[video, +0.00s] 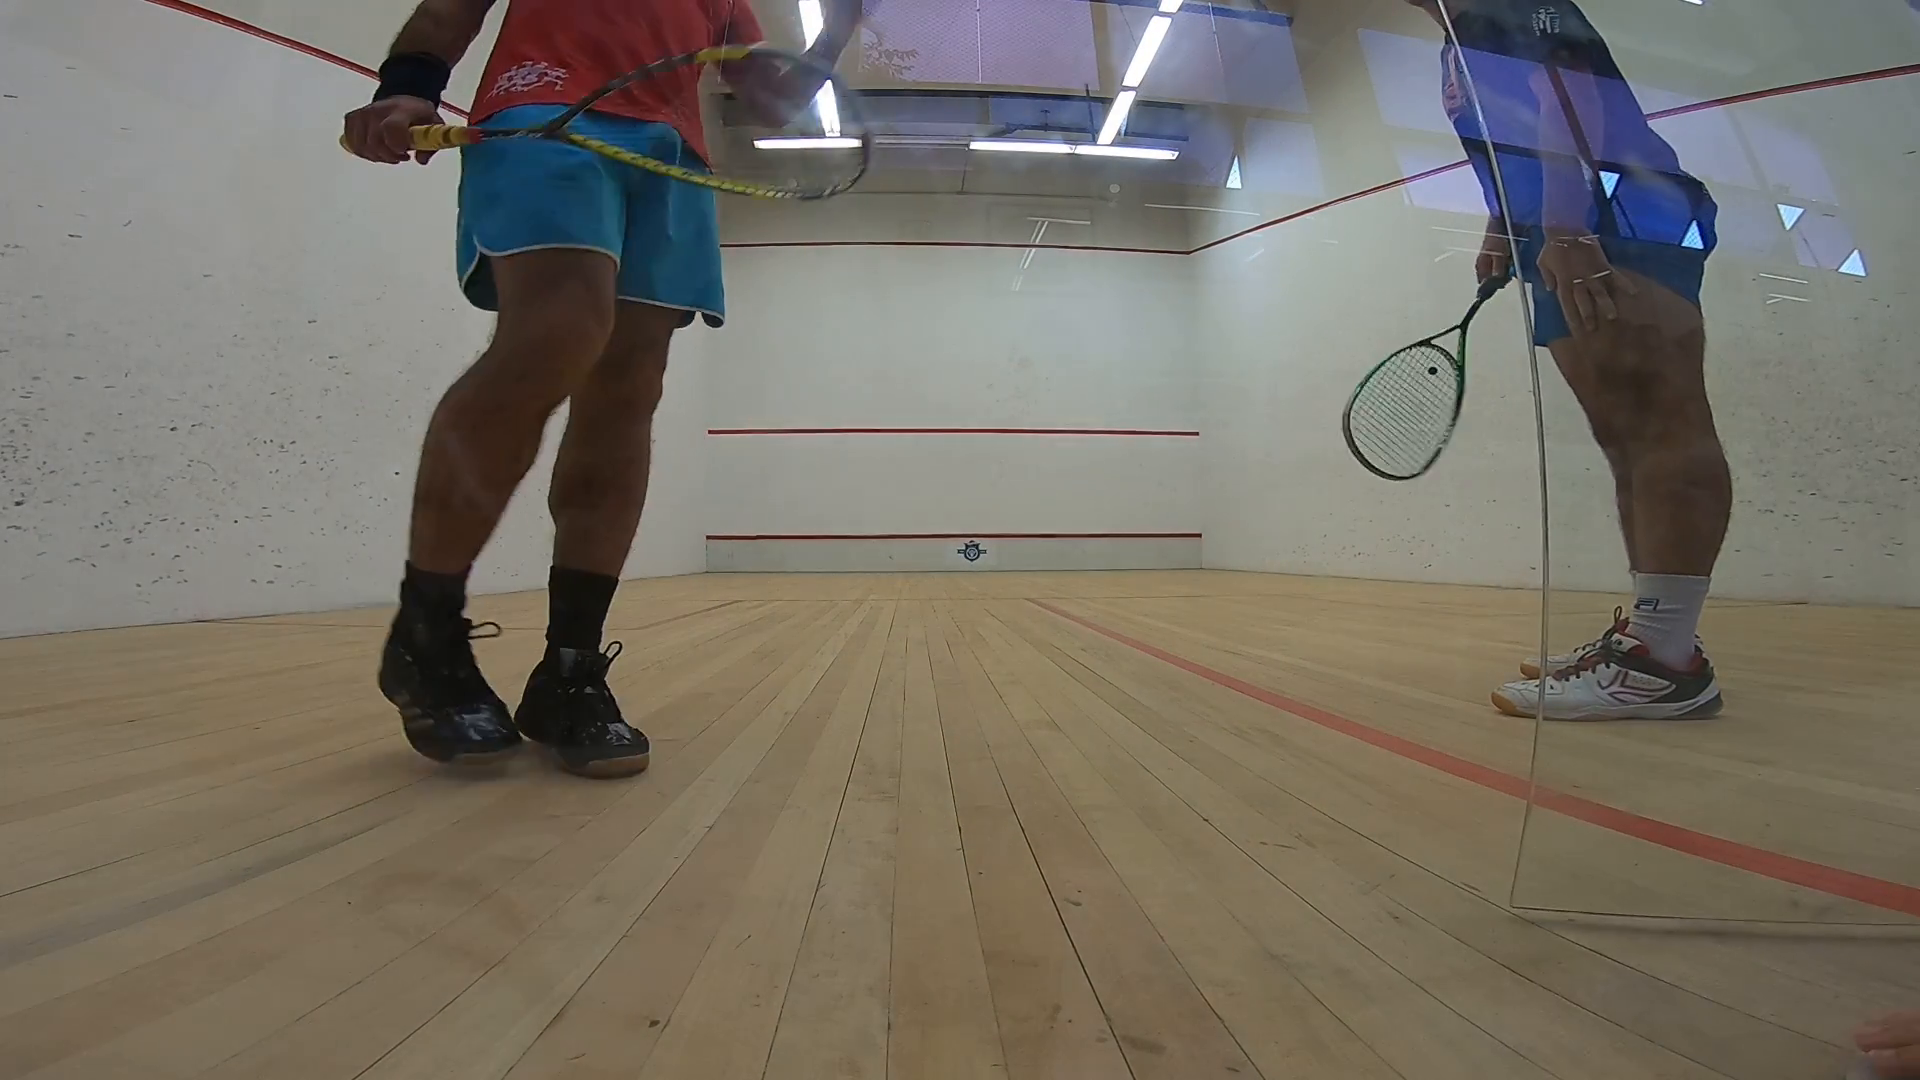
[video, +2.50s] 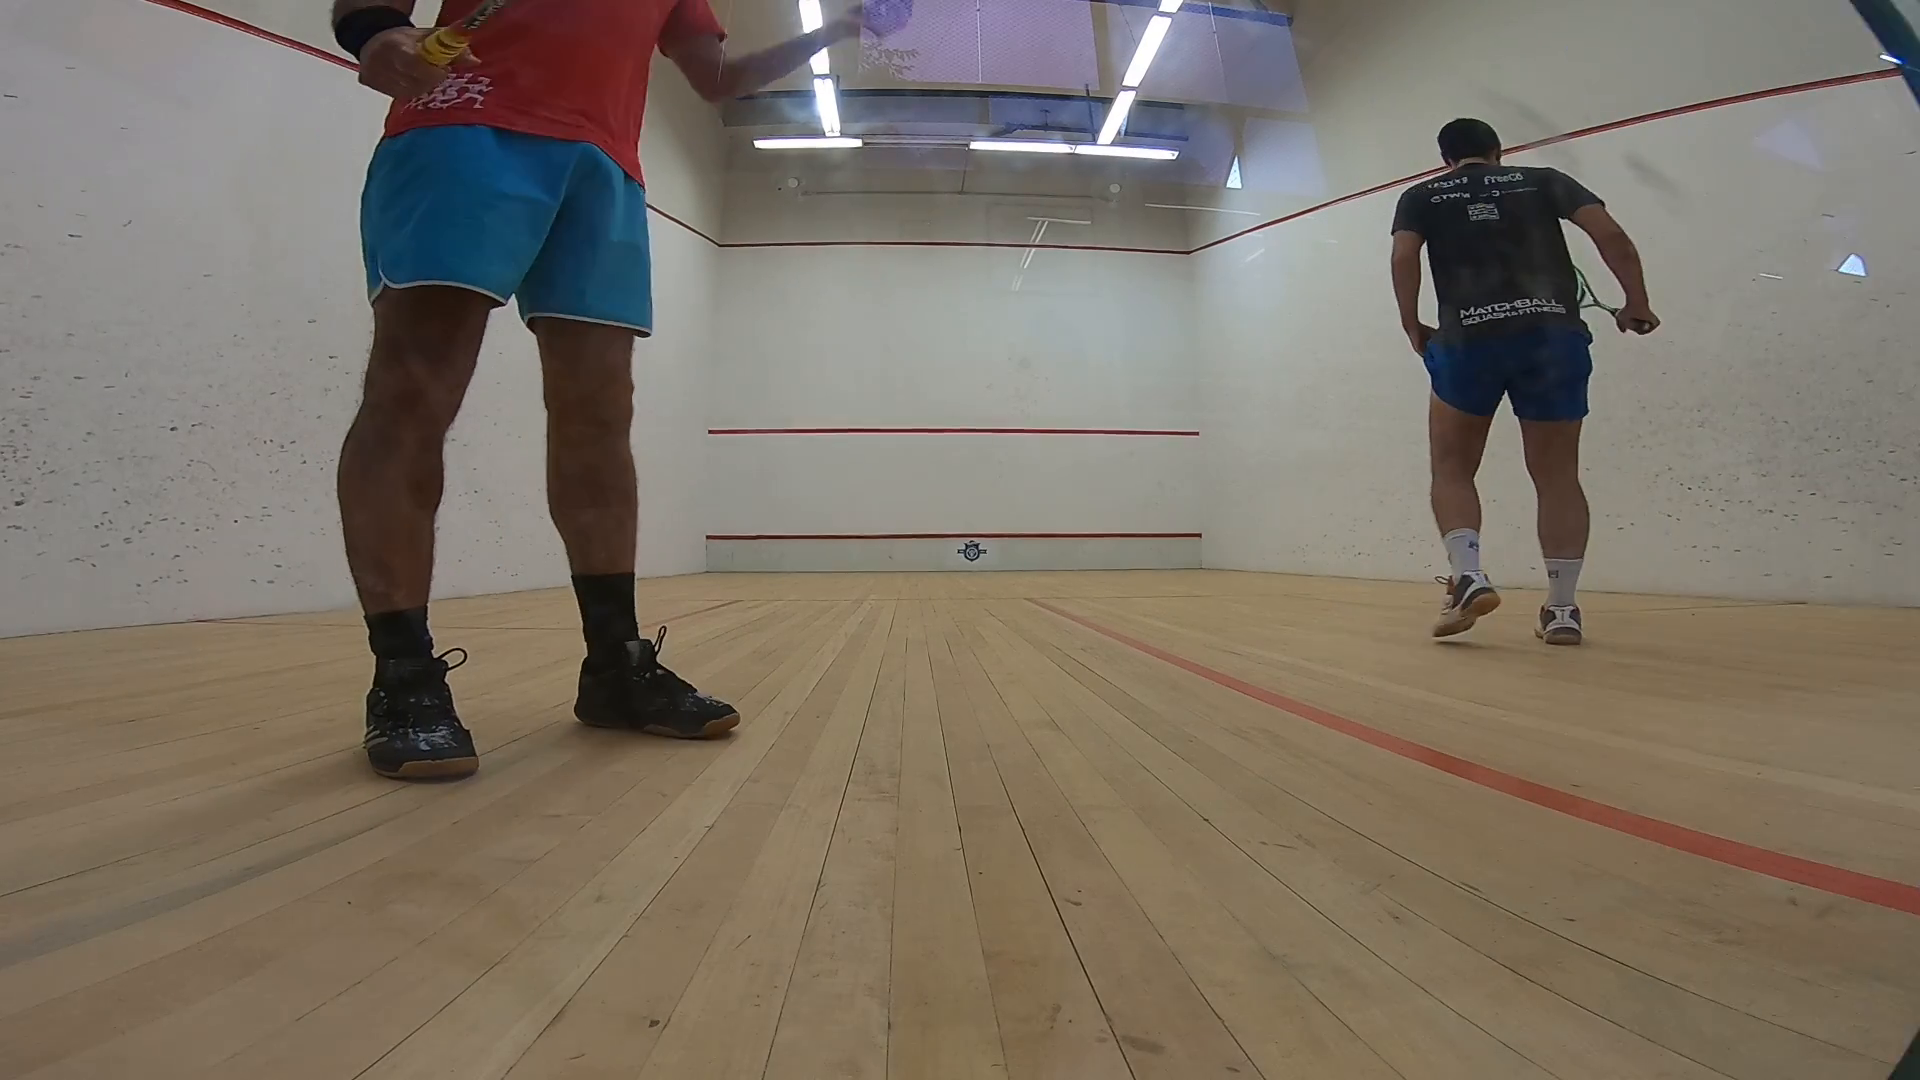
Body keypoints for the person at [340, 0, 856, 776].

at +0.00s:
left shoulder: (720, 6)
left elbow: (755, 79)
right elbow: (461, 6)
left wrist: (789, 80)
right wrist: (407, 84)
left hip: (668, 129)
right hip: (543, 95)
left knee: (629, 385)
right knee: (558, 328)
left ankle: (571, 675)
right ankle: (426, 638)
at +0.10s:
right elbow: (448, 11)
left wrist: (734, 116)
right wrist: (421, 70)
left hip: (656, 133)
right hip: (532, 111)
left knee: (612, 394)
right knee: (505, 367)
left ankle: (569, 675)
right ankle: (376, 609)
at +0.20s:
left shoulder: (653, 16)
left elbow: (618, 108)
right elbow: (447, 13)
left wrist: (657, 178)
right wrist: (441, 64)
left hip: (625, 164)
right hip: (510, 134)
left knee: (605, 399)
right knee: (461, 394)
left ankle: (566, 673)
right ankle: (367, 629)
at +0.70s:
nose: (650, 1)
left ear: (648, 16)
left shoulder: (643, 90)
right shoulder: (518, 21)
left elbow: (680, 178)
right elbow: (419, 107)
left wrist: (727, 117)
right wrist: (445, 146)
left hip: (588, 254)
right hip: (497, 217)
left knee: (546, 438)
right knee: (528, 385)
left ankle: (528, 633)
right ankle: (390, 615)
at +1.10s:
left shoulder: (641, 62)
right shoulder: (485, 19)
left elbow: (730, 77)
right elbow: (407, 114)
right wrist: (401, 174)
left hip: (575, 258)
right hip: (464, 232)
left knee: (541, 448)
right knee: (430, 416)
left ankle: (528, 635)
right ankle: (409, 661)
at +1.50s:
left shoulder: (620, 2)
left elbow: (674, 17)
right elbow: (345, 52)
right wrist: (300, 109)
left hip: (549, 176)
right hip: (404, 157)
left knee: (553, 413)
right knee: (377, 398)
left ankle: (529, 599)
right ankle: (392, 671)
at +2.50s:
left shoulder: (668, 2)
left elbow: (721, 75)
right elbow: (367, 6)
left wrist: (834, 30)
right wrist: (376, 38)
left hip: (604, 151)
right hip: (466, 116)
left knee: (598, 408)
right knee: (412, 391)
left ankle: (617, 664)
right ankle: (405, 682)